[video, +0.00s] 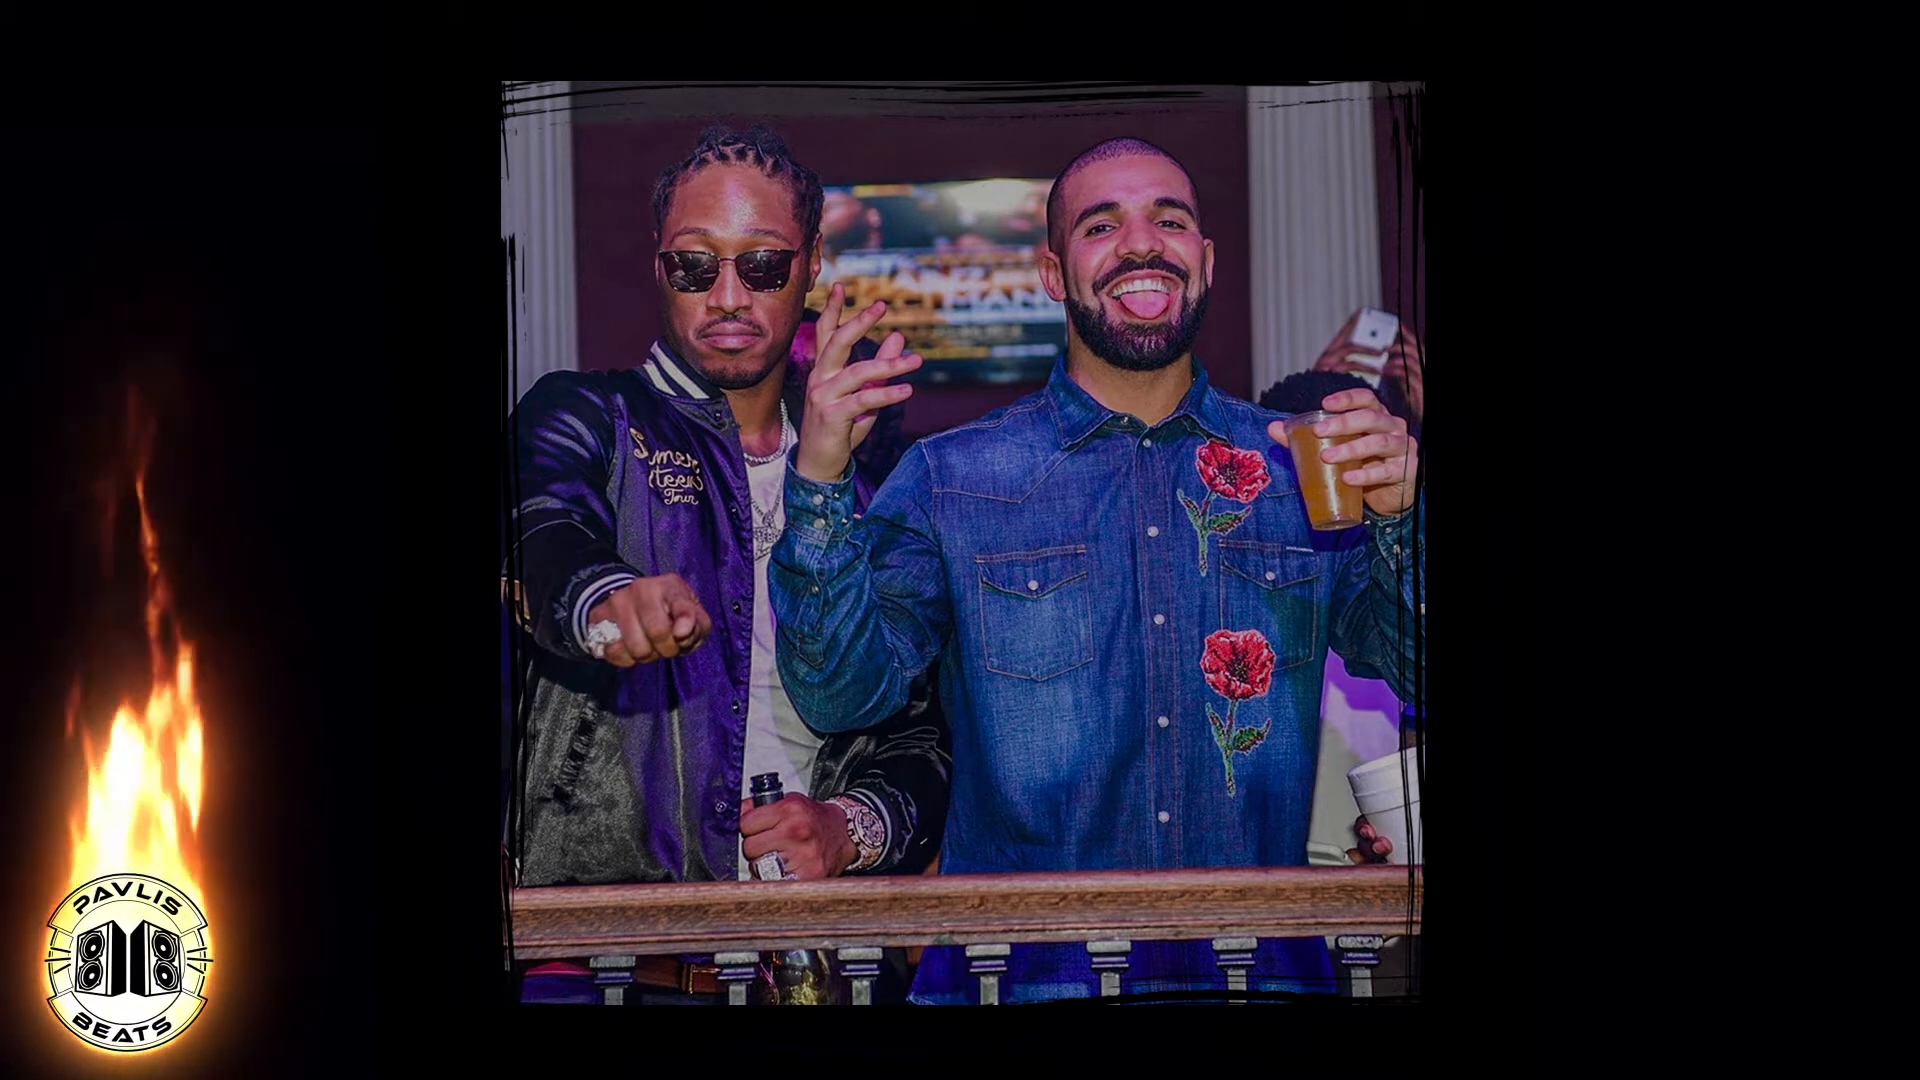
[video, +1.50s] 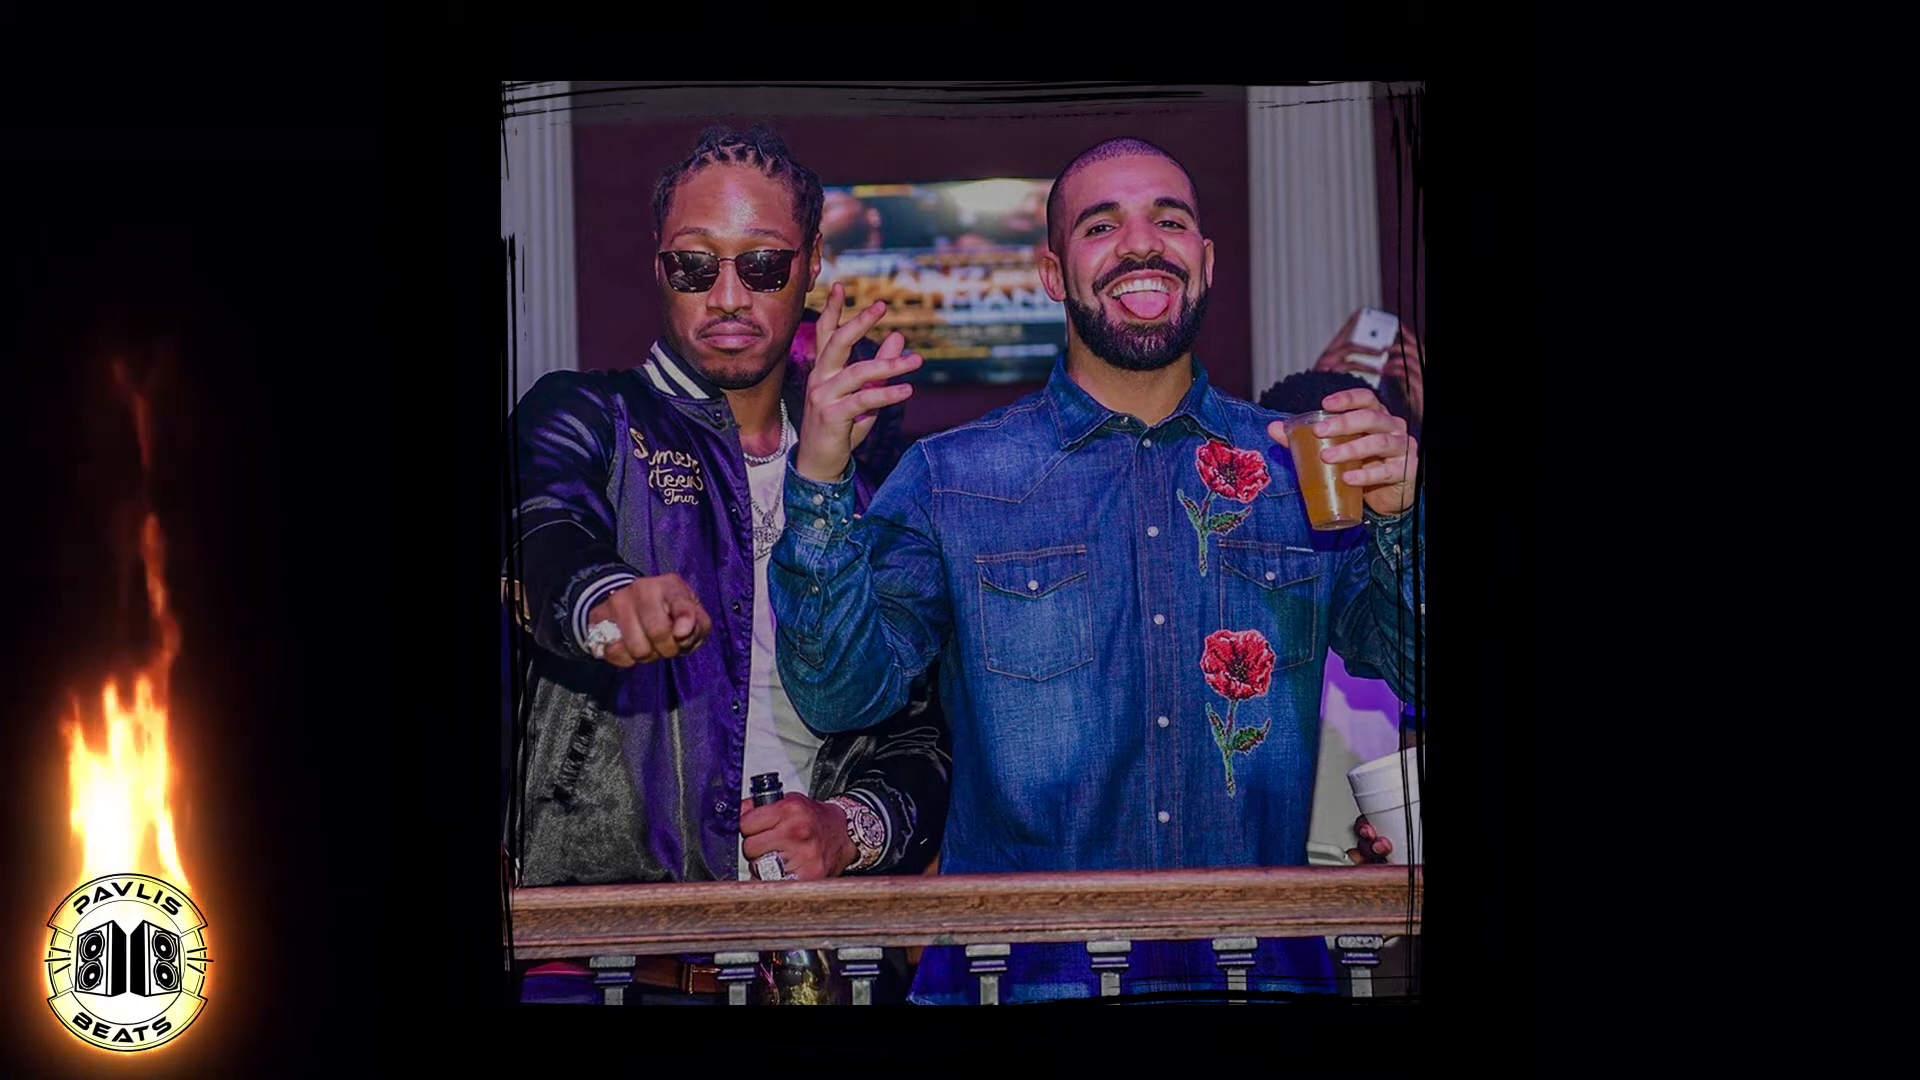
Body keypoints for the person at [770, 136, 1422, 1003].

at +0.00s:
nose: (1142, 242)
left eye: (1170, 219)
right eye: (1102, 225)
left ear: (1207, 259)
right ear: (1055, 273)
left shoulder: (1304, 469)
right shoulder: (945, 478)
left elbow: (1413, 673)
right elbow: (840, 692)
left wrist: (1402, 516)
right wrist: (818, 475)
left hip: (1255, 955)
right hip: (1022, 963)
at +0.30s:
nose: (1142, 242)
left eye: (1170, 219)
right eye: (1102, 225)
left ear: (1207, 259)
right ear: (1055, 273)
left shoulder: (1304, 469)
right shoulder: (945, 478)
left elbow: (1413, 673)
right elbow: (840, 692)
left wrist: (1402, 516)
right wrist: (818, 475)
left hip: (1255, 955)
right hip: (1022, 963)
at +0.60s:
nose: (1142, 242)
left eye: (1170, 219)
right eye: (1102, 225)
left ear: (1207, 259)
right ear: (1055, 273)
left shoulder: (1304, 469)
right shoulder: (945, 478)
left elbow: (1413, 673)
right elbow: (840, 692)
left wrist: (1402, 516)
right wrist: (818, 475)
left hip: (1255, 955)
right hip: (1022, 963)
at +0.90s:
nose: (1142, 242)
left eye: (1170, 219)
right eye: (1102, 225)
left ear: (1207, 259)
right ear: (1055, 273)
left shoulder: (1304, 469)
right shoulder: (945, 478)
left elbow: (1413, 673)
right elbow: (840, 692)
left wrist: (1402, 516)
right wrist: (818, 475)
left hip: (1255, 955)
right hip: (1022, 963)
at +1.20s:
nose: (1142, 242)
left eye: (1170, 219)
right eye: (1102, 225)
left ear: (1207, 259)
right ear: (1055, 273)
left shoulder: (1304, 469)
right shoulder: (945, 478)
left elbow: (1413, 673)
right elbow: (840, 692)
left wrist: (1402, 516)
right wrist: (818, 475)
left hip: (1255, 955)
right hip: (1022, 963)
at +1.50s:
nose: (1142, 242)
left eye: (1170, 219)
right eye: (1102, 225)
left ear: (1207, 259)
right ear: (1055, 273)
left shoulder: (1304, 469)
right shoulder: (945, 478)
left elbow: (1413, 673)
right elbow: (840, 692)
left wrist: (1402, 516)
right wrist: (818, 475)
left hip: (1255, 955)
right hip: (1022, 963)